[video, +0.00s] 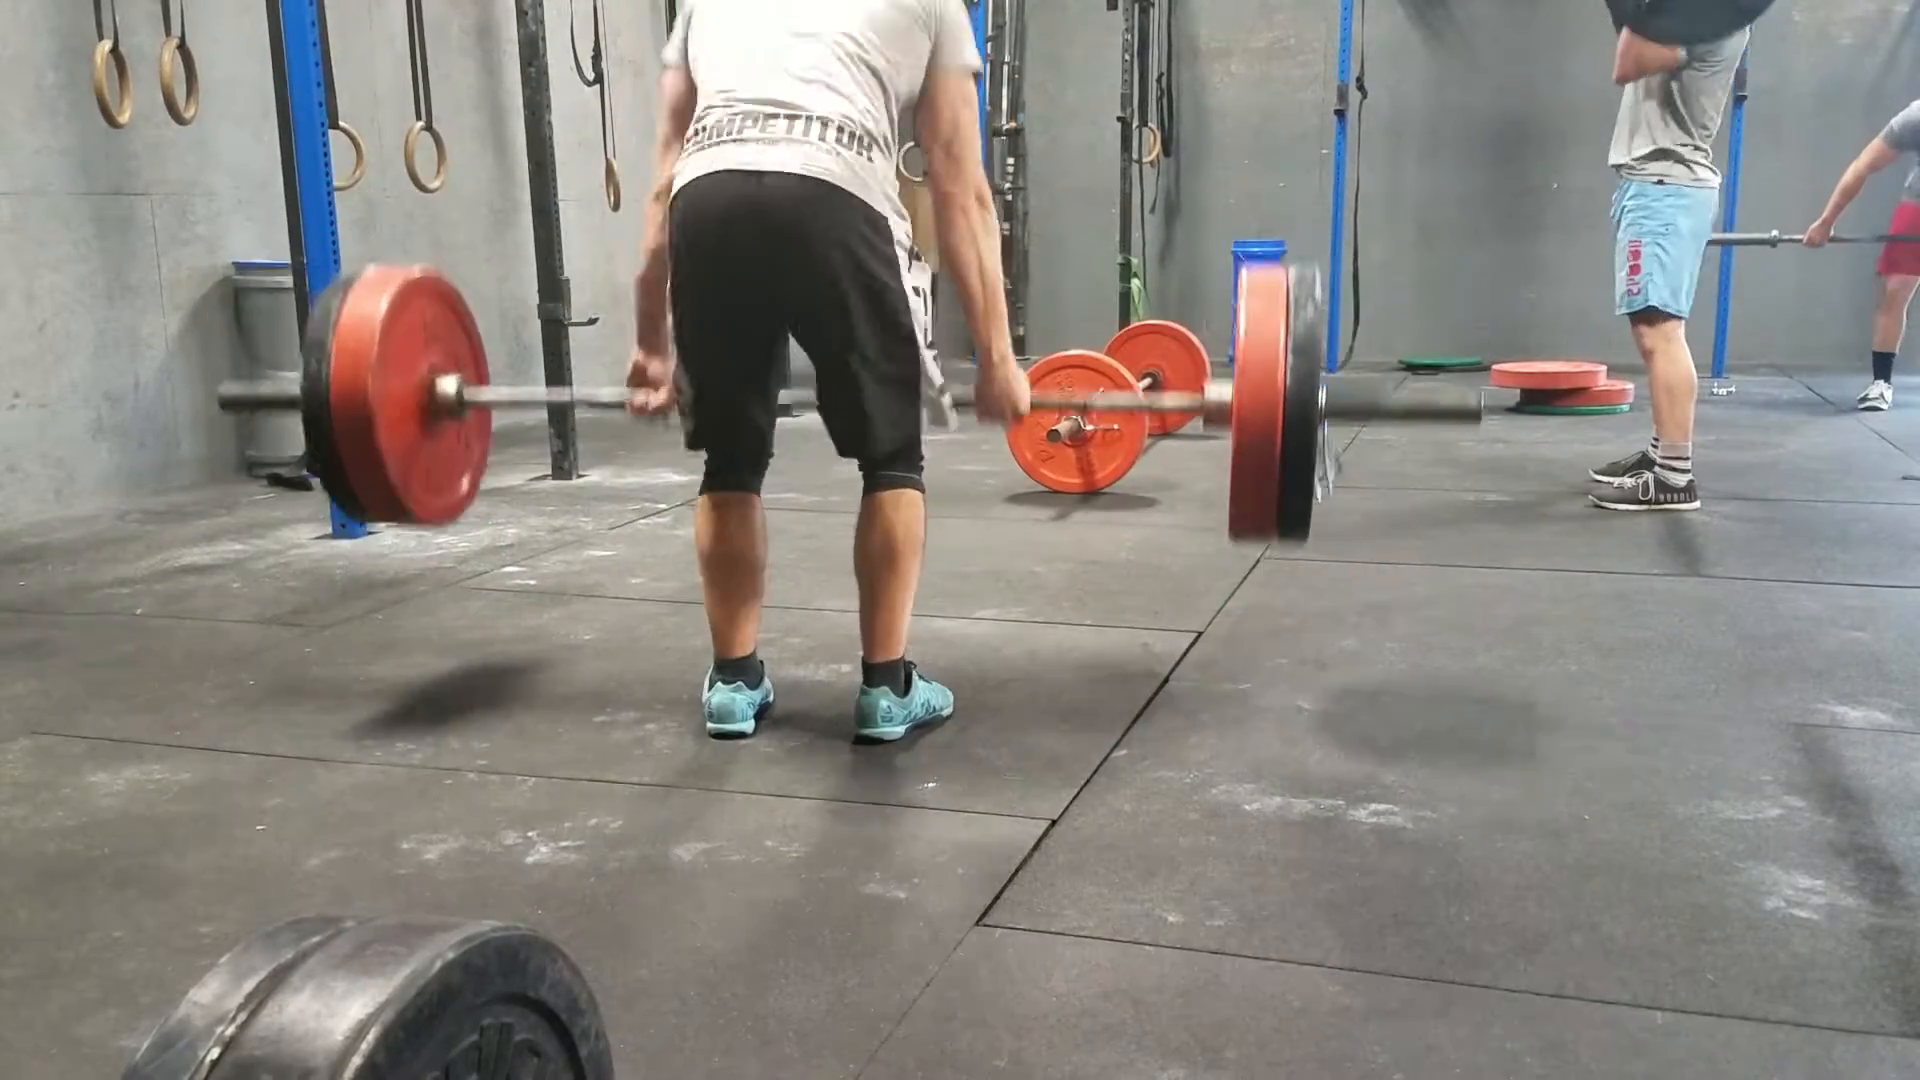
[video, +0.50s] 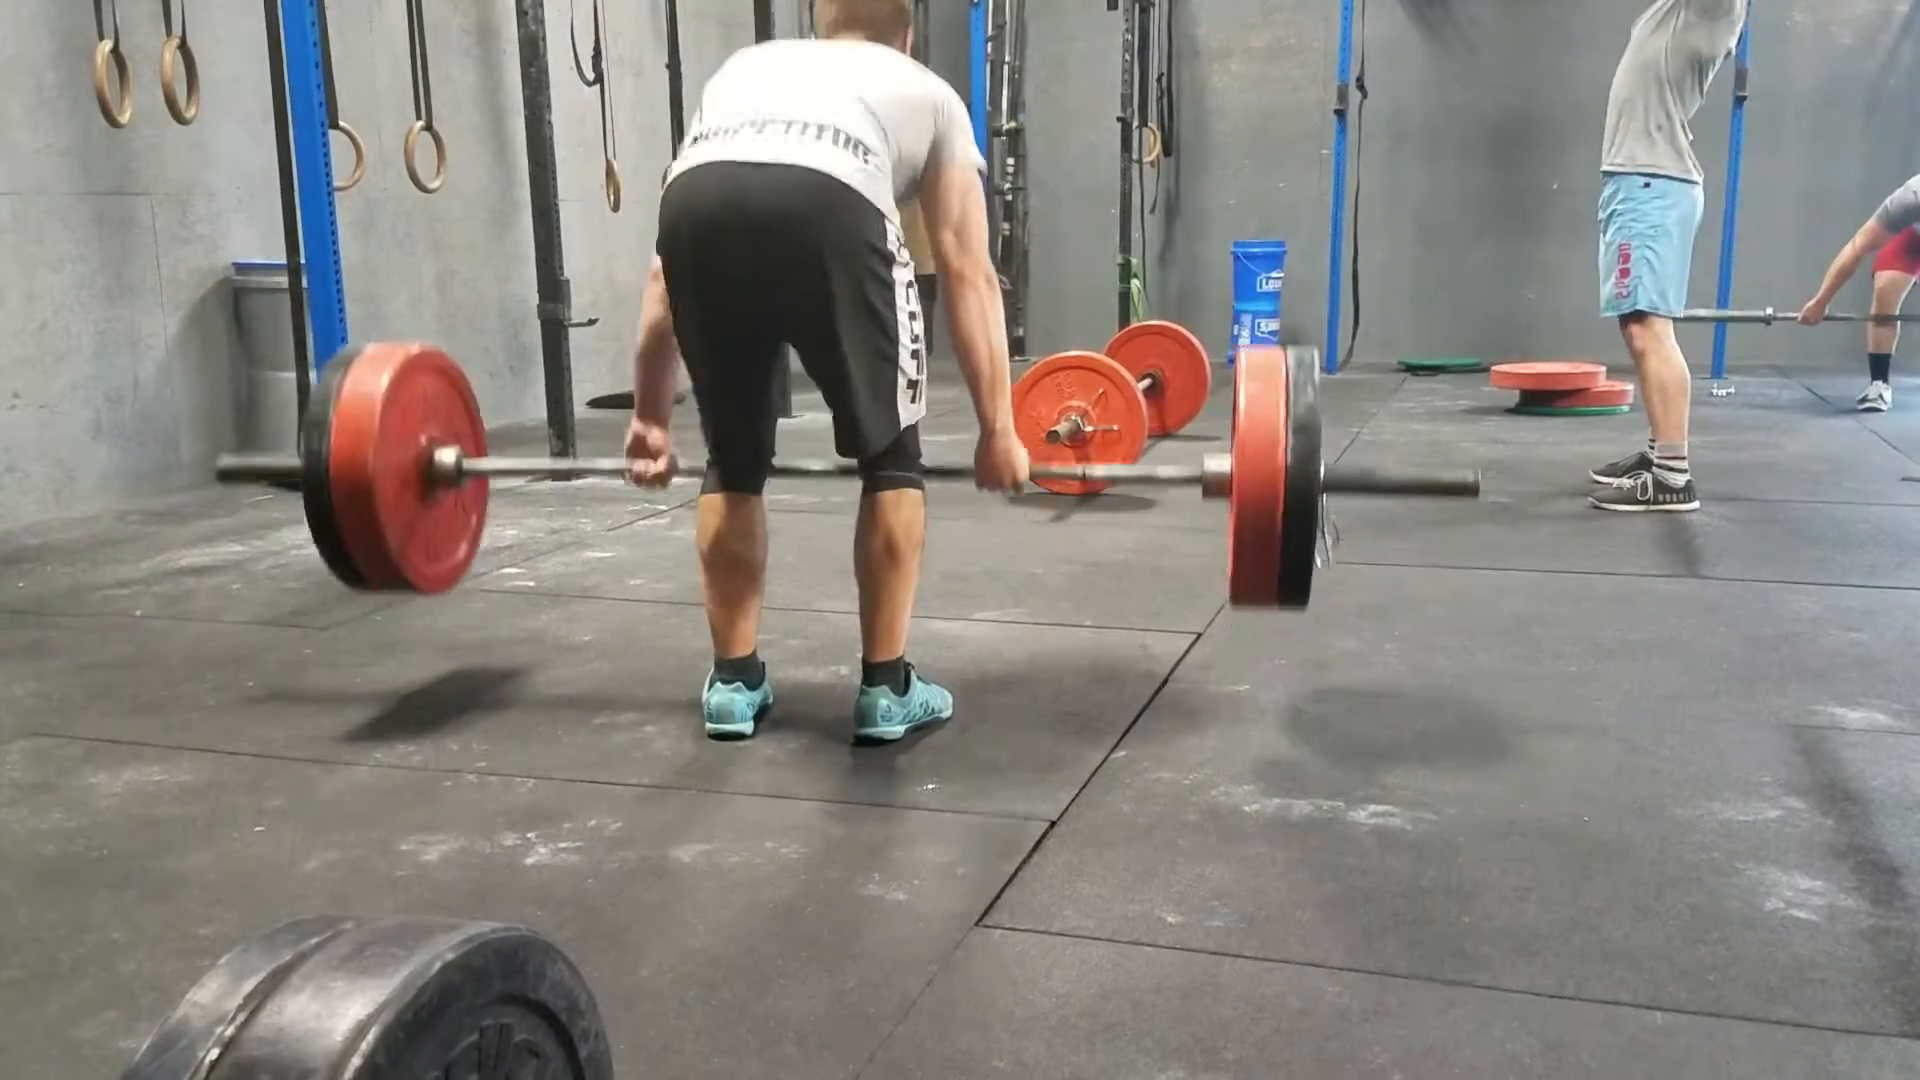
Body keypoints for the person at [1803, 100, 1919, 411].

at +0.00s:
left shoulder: (1913, 116)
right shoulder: (1915, 115)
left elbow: (1864, 165)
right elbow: (1864, 165)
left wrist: (1825, 221)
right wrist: (1825, 221)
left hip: (1913, 205)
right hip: (1915, 204)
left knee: (1898, 290)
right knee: (1897, 288)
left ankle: (1881, 383)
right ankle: (1881, 383)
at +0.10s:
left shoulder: (1912, 136)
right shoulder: (1914, 135)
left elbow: (1863, 186)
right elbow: (1863, 185)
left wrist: (1823, 241)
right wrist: (1824, 241)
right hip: (1915, 204)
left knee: (1895, 289)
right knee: (1893, 288)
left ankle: (1881, 383)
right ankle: (1880, 383)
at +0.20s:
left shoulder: (1912, 153)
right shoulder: (1913, 153)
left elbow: (1862, 203)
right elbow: (1862, 203)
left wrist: (1822, 258)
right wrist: (1822, 258)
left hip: (1912, 211)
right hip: (1913, 209)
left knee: (1891, 289)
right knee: (1889, 287)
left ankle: (1880, 383)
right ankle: (1880, 383)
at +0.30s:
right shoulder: (1911, 166)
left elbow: (1860, 216)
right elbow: (1860, 217)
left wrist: (1822, 273)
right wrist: (1822, 272)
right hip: (1913, 210)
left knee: (1891, 286)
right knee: (1888, 285)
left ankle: (1880, 380)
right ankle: (1880, 381)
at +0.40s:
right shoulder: (1911, 184)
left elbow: (1857, 235)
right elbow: (1857, 235)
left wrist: (1820, 290)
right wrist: (1820, 289)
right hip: (1912, 221)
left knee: (1887, 297)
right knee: (1884, 296)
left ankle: (1878, 383)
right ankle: (1878, 384)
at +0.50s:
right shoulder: (1912, 195)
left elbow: (1858, 245)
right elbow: (1858, 245)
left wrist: (1820, 301)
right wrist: (1820, 301)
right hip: (1913, 230)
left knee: (1888, 290)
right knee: (1885, 289)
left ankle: (1879, 383)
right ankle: (1879, 384)